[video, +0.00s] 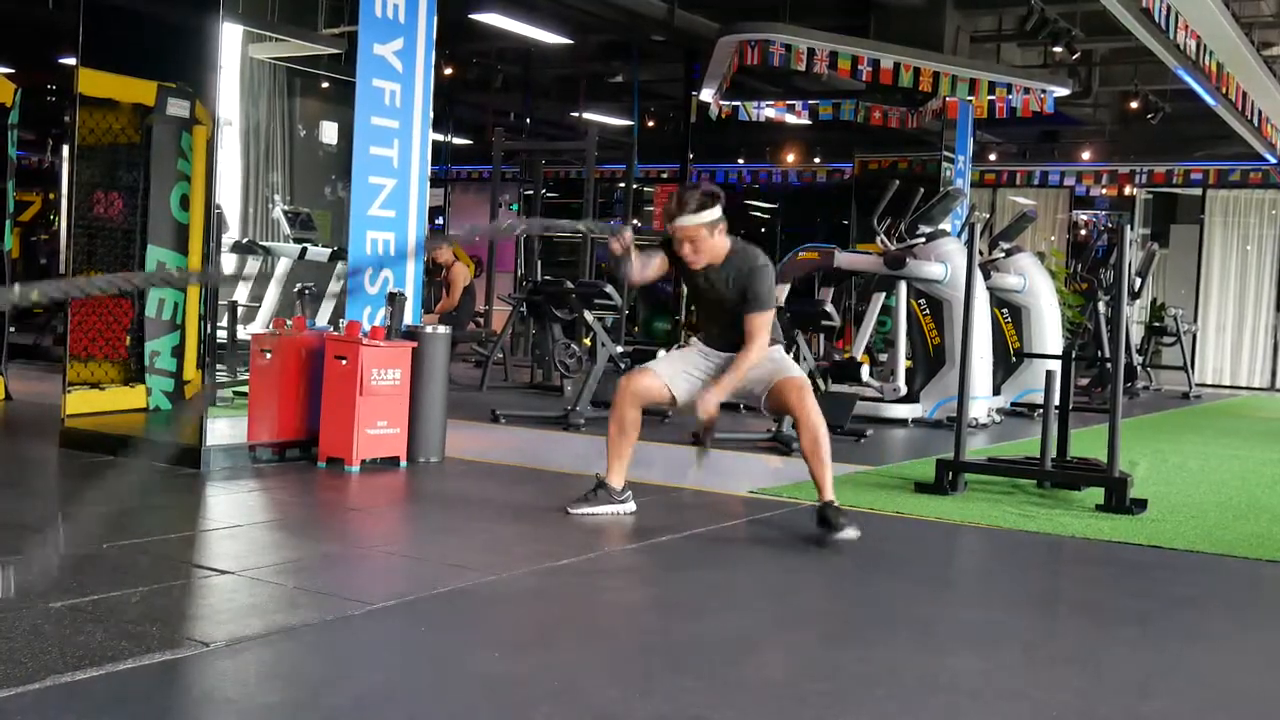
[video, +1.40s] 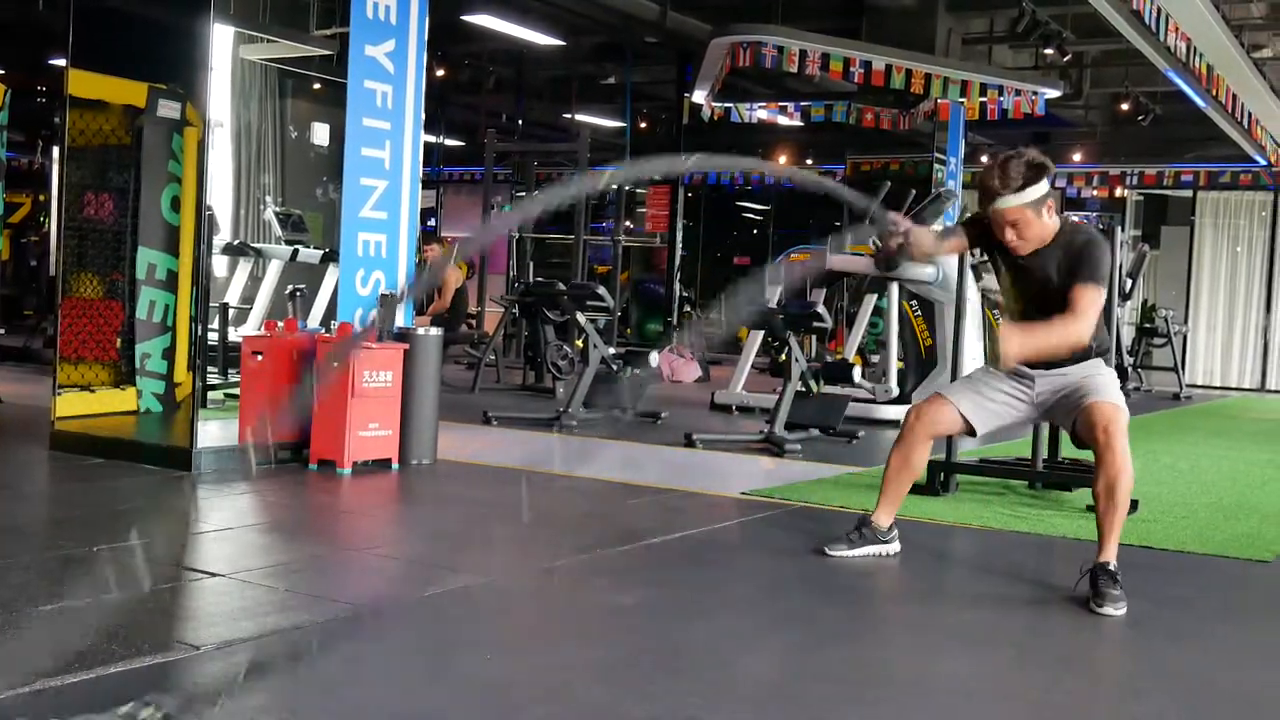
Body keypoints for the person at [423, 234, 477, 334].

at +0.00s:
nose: (437, 253)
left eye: (440, 249)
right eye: (434, 250)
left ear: (450, 249)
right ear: (431, 253)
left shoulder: (457, 269)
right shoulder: (446, 271)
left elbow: (453, 301)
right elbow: (445, 299)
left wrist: (435, 314)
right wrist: (434, 315)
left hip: (459, 320)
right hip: (451, 316)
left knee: (421, 320)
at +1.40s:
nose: (428, 254)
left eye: (432, 250)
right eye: (425, 251)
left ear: (441, 250)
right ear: (423, 254)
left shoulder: (450, 271)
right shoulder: (437, 271)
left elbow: (445, 303)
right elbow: (437, 300)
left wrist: (427, 317)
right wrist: (426, 317)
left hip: (452, 321)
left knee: (410, 321)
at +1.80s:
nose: (419, 255)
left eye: (423, 250)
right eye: (416, 251)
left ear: (433, 250)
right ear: (413, 255)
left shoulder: (440, 271)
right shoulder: (429, 273)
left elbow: (436, 304)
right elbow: (429, 301)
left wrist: (418, 317)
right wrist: (418, 318)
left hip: (443, 322)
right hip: (436, 318)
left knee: (402, 321)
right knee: (401, 320)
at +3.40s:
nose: (424, 256)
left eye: (428, 252)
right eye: (423, 254)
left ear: (441, 254)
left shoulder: (447, 275)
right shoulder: (436, 277)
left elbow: (443, 308)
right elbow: (434, 306)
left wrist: (424, 321)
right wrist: (424, 322)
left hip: (448, 327)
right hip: (441, 324)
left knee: (407, 326)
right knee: (406, 324)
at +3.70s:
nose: (423, 257)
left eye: (427, 253)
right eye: (422, 254)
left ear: (439, 255)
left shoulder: (446, 275)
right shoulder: (435, 278)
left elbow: (441, 309)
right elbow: (433, 306)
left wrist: (422, 322)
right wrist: (421, 322)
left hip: (450, 327)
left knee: (408, 325)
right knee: (407, 323)